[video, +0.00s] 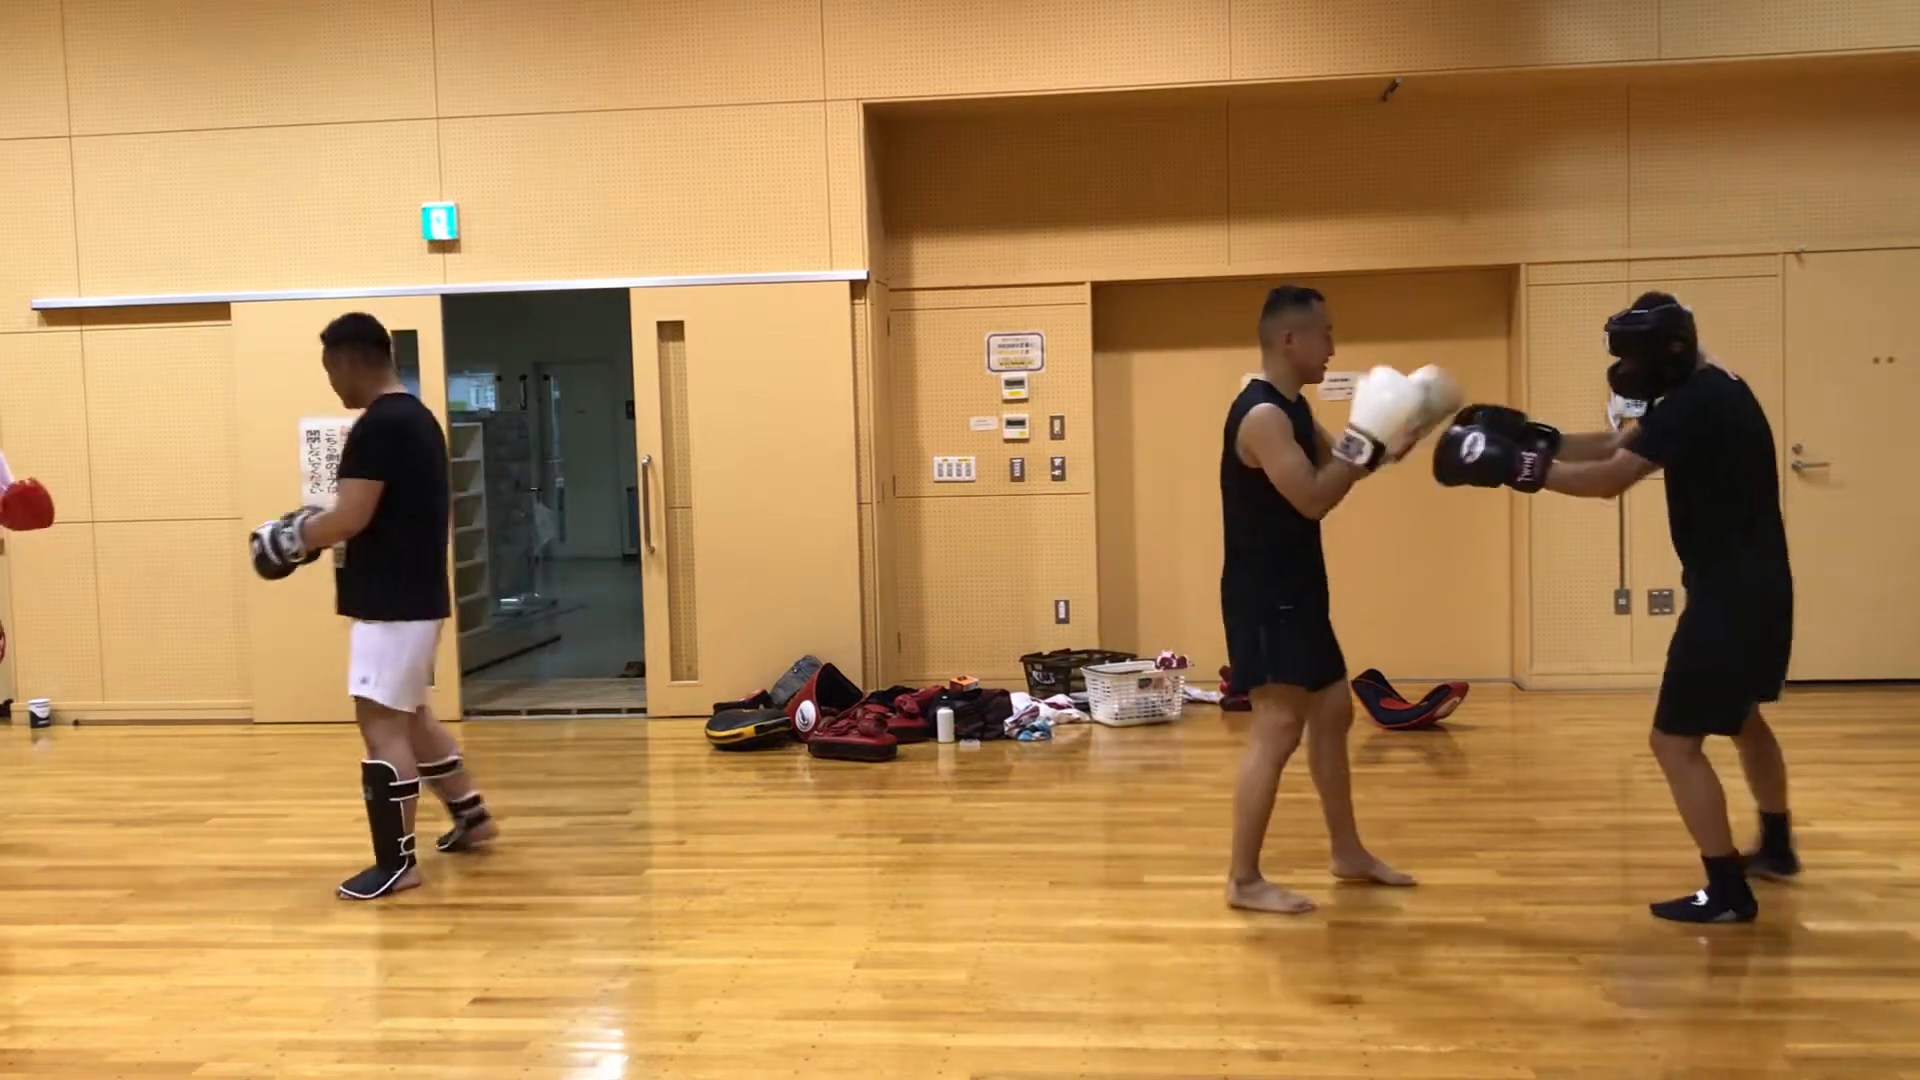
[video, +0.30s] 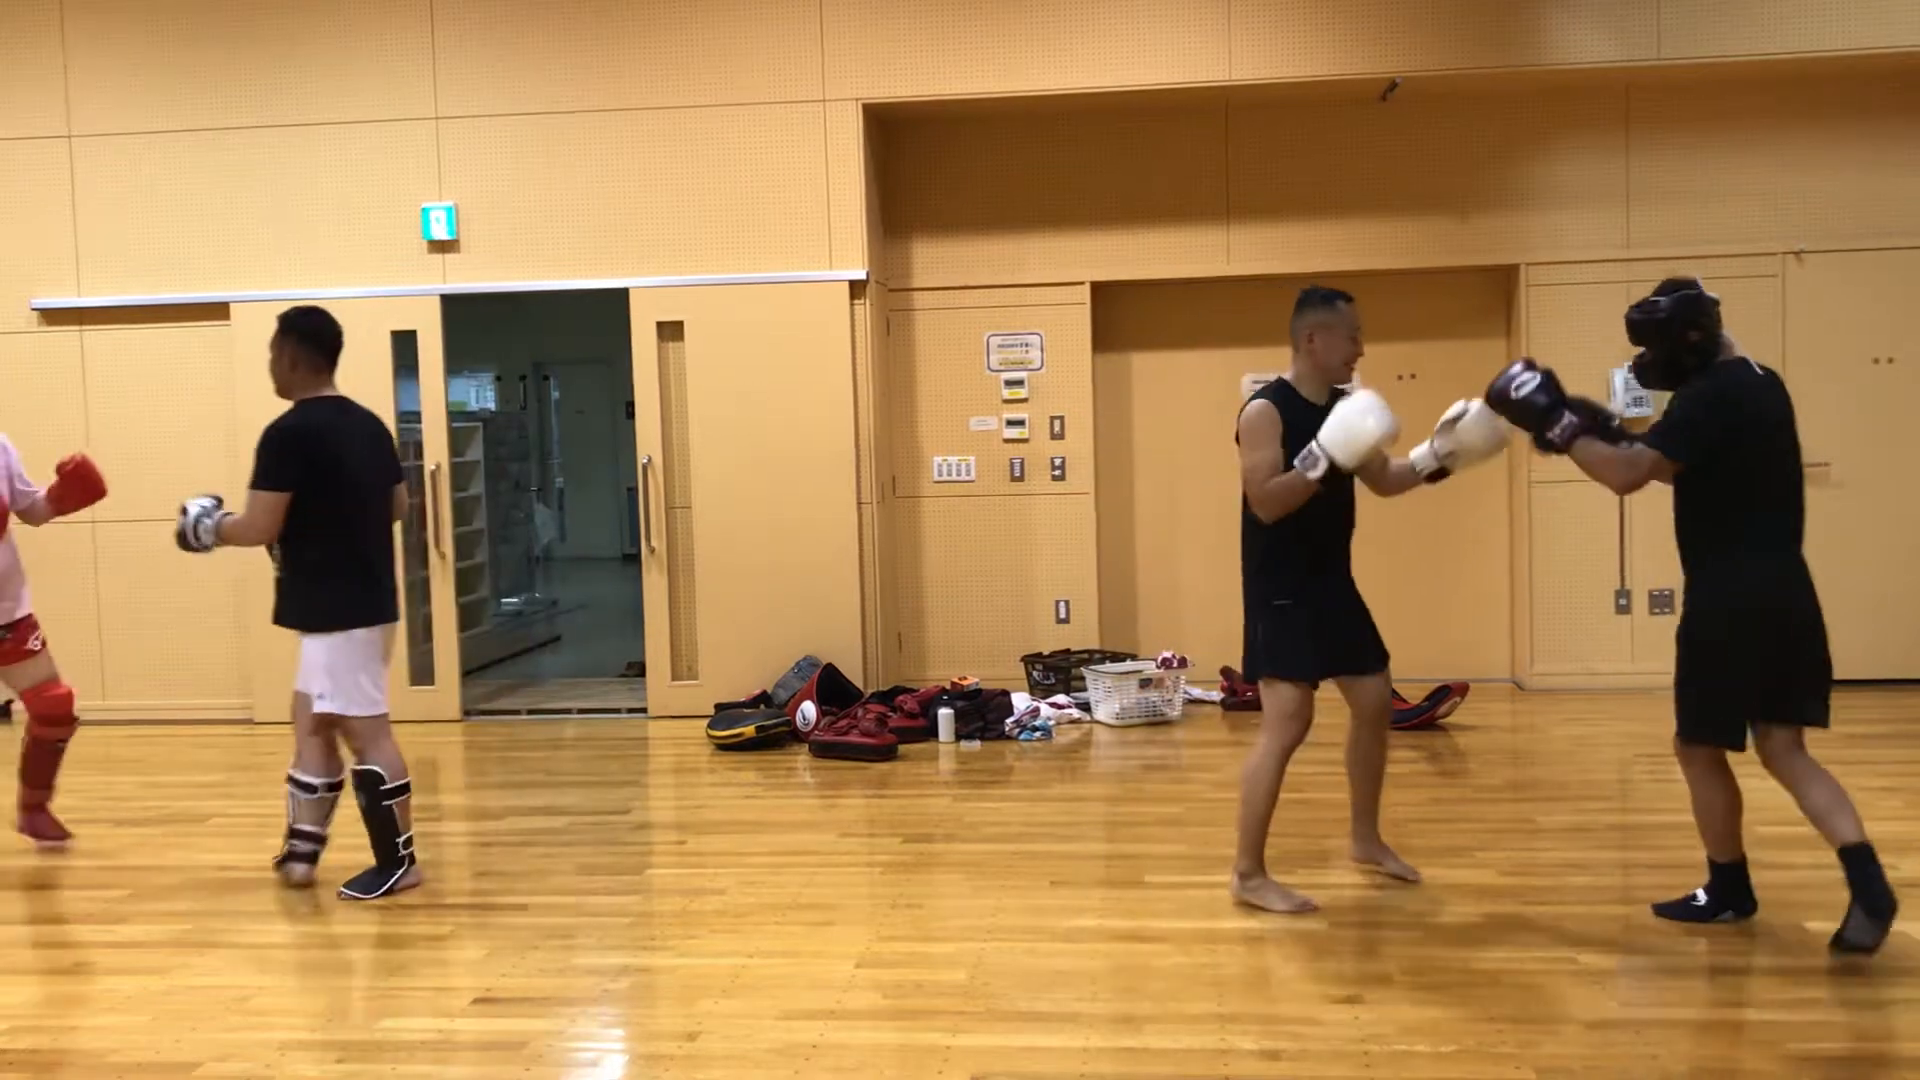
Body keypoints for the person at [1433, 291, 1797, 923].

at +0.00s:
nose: (1616, 367)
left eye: (1628, 356)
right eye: (1616, 355)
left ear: (1670, 354)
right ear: (1674, 354)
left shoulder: (1691, 406)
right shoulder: (1714, 389)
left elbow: (1608, 481)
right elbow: (1619, 444)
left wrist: (1522, 467)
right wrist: (1539, 439)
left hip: (1725, 598)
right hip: (1756, 590)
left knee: (1674, 741)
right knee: (1742, 717)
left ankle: (1726, 891)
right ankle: (1776, 845)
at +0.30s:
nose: (1644, 362)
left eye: (1651, 350)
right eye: (1643, 350)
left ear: (1683, 345)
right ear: (1712, 334)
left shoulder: (1703, 400)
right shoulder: (1765, 386)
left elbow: (1624, 474)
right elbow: (1678, 458)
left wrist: (1554, 422)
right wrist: (1610, 428)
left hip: (1722, 605)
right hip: (1784, 596)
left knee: (1698, 746)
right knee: (1782, 746)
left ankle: (1728, 889)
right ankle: (1869, 884)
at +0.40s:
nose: (1668, 374)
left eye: (1671, 363)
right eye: (1665, 364)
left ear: (1693, 358)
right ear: (1735, 346)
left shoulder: (1709, 407)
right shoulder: (1792, 403)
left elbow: (1619, 465)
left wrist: (1569, 402)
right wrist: (1645, 405)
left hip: (1732, 620)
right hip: (1803, 618)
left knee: (1676, 751)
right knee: (1795, 773)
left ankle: (1721, 881)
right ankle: (1865, 938)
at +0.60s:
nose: (1671, 339)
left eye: (1670, 327)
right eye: (1666, 329)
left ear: (1686, 323)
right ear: (1742, 307)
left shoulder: (1694, 367)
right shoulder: (1810, 370)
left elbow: (1613, 449)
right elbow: (1747, 411)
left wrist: (1585, 388)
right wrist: (1664, 374)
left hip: (1716, 597)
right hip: (1802, 598)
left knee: (1655, 728)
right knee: (1822, 766)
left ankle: (1688, 901)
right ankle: (1857, 945)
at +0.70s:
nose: (1652, 358)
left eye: (1652, 347)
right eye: (1653, 348)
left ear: (1666, 344)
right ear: (1727, 326)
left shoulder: (1676, 396)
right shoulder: (1804, 391)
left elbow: (1609, 499)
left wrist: (1592, 434)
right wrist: (1660, 400)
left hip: (1704, 625)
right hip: (1797, 626)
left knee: (1630, 765)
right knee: (1827, 794)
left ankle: (1628, 932)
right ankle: (1878, 981)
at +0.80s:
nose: (1629, 378)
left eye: (1630, 367)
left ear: (1643, 367)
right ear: (1710, 347)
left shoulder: (1644, 434)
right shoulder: (1783, 417)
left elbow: (1590, 546)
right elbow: (1797, 521)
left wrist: (1571, 473)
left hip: (1681, 663)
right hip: (1778, 660)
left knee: (1607, 807)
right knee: (1821, 823)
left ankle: (1579, 969)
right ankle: (1877, 996)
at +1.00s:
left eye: (1557, 346)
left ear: (1567, 347)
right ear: (1638, 338)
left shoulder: (1546, 409)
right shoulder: (1696, 401)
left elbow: (1449, 477)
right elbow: (1733, 513)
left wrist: (1446, 414)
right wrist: (1664, 476)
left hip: (1589, 654)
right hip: (1689, 651)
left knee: (1557, 821)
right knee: (1754, 810)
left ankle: (1565, 1008)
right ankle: (1808, 998)